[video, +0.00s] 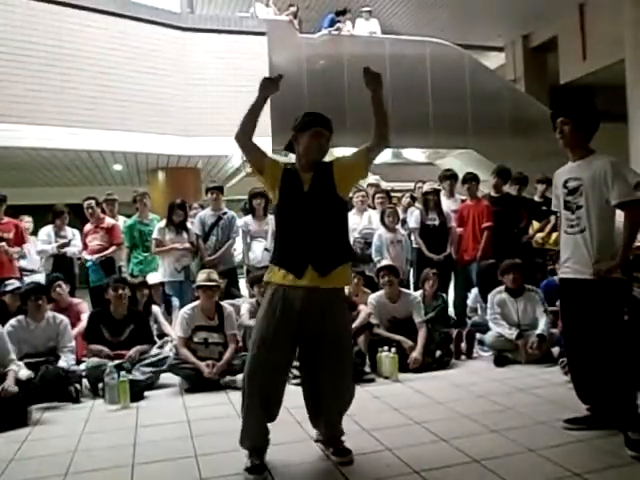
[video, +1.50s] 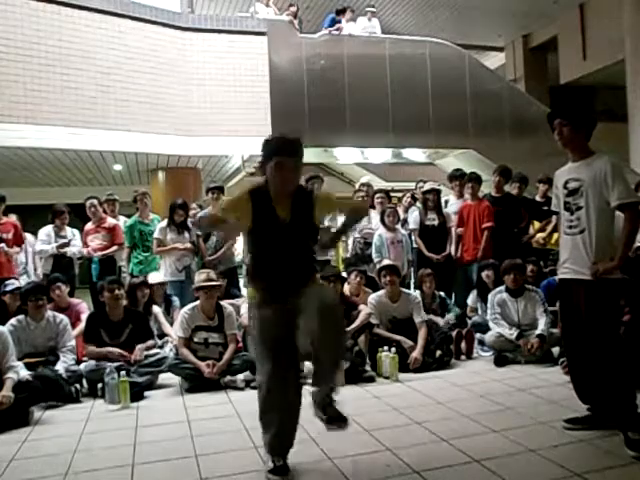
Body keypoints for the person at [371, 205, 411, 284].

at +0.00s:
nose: (391, 219)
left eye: (394, 216)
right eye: (388, 216)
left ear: (397, 218)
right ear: (383, 218)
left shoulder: (403, 234)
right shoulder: (380, 234)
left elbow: (408, 249)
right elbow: (376, 252)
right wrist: (381, 263)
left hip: (403, 269)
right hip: (387, 269)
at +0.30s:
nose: (391, 219)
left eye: (394, 216)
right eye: (388, 216)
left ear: (398, 218)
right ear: (383, 218)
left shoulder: (403, 234)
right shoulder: (380, 234)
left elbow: (408, 251)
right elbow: (376, 252)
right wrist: (381, 264)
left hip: (403, 270)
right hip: (387, 270)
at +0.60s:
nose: (392, 219)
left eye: (395, 217)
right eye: (389, 216)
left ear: (398, 218)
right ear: (384, 218)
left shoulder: (403, 234)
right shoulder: (380, 234)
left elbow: (408, 250)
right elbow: (376, 252)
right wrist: (382, 264)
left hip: (403, 270)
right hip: (387, 270)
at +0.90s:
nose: (392, 219)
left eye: (395, 216)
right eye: (389, 216)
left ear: (398, 218)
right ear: (384, 218)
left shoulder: (404, 234)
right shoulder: (380, 234)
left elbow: (408, 250)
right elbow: (376, 252)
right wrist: (381, 264)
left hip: (403, 269)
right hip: (387, 269)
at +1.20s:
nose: (392, 219)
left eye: (394, 216)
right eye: (389, 216)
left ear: (398, 218)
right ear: (383, 218)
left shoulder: (404, 234)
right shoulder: (380, 234)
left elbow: (408, 250)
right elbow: (376, 252)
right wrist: (381, 265)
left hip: (403, 269)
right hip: (387, 269)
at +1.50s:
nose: (391, 219)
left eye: (394, 216)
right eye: (388, 216)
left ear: (397, 218)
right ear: (383, 218)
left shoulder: (403, 233)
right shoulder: (379, 234)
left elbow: (408, 249)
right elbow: (376, 252)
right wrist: (380, 263)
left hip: (403, 268)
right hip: (387, 268)